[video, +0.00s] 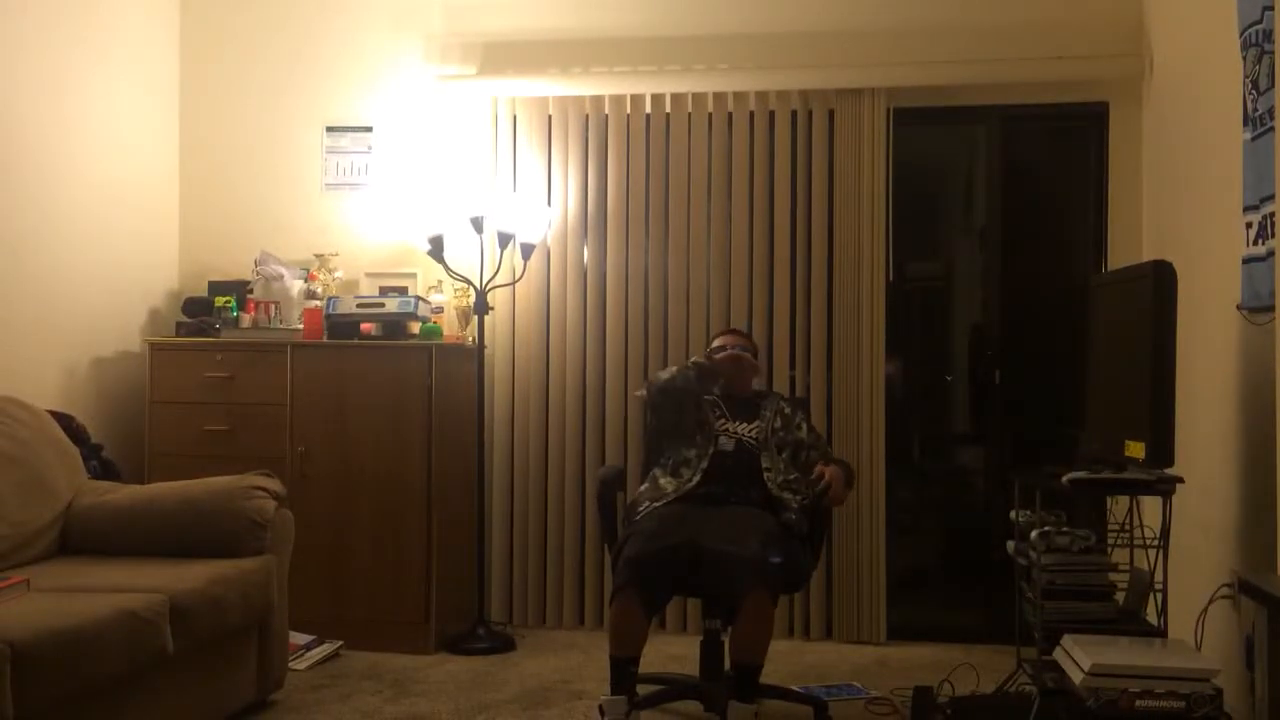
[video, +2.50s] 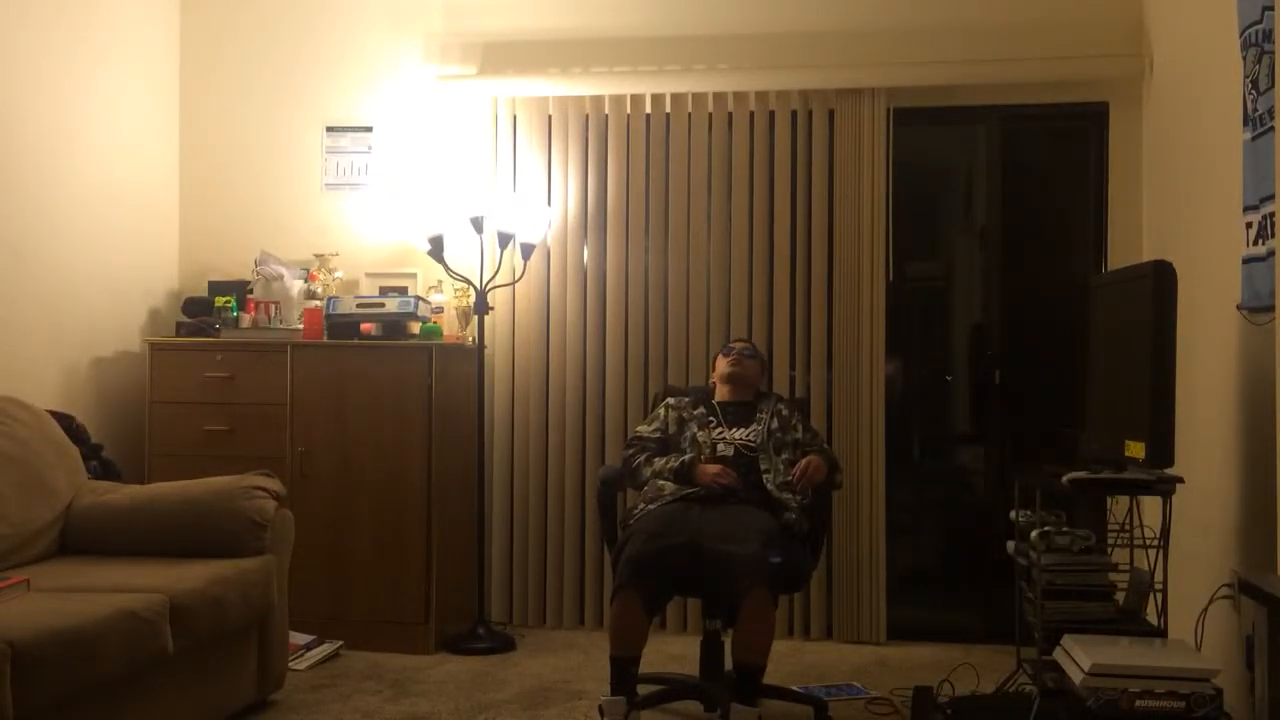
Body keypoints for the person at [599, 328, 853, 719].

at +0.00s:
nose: (733, 355)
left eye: (743, 350)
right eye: (721, 349)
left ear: (758, 366)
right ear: (706, 362)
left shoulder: (780, 409)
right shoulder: (686, 399)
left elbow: (816, 455)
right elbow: (658, 389)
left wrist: (835, 469)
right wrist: (709, 365)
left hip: (753, 508)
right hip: (678, 505)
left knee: (759, 580)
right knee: (636, 571)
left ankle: (744, 703)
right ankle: (620, 695)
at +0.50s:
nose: (722, 360)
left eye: (734, 354)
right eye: (713, 355)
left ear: (751, 367)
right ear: (701, 368)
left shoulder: (778, 408)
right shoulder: (678, 399)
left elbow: (822, 446)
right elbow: (636, 433)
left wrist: (825, 448)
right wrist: (706, 403)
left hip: (752, 507)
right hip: (677, 504)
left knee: (757, 577)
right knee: (637, 566)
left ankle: (745, 699)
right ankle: (622, 691)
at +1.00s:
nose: (725, 364)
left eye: (736, 357)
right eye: (716, 357)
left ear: (753, 367)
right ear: (704, 369)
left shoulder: (778, 412)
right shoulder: (675, 408)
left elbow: (821, 455)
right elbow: (630, 452)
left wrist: (819, 460)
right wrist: (693, 441)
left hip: (749, 509)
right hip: (675, 506)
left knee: (757, 577)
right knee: (637, 568)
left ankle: (746, 702)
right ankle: (621, 696)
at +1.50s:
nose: (739, 360)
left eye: (750, 356)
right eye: (729, 353)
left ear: (762, 373)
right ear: (712, 366)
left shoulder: (780, 413)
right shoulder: (675, 407)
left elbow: (820, 454)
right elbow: (630, 454)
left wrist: (820, 459)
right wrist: (690, 452)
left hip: (748, 509)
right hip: (672, 506)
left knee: (756, 576)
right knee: (637, 567)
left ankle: (746, 704)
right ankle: (621, 697)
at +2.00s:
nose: (743, 358)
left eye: (755, 356)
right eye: (734, 351)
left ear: (764, 379)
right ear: (715, 366)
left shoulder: (782, 415)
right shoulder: (674, 407)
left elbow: (825, 458)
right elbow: (631, 457)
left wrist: (821, 459)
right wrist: (690, 462)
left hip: (748, 509)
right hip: (672, 506)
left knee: (757, 577)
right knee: (637, 568)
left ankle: (746, 703)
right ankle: (621, 695)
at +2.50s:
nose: (737, 352)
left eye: (749, 352)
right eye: (729, 350)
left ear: (762, 376)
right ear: (713, 372)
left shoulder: (782, 414)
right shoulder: (675, 408)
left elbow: (825, 459)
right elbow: (634, 461)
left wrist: (821, 461)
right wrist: (691, 469)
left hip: (750, 508)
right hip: (674, 506)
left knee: (757, 575)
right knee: (637, 566)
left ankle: (746, 704)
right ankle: (621, 694)